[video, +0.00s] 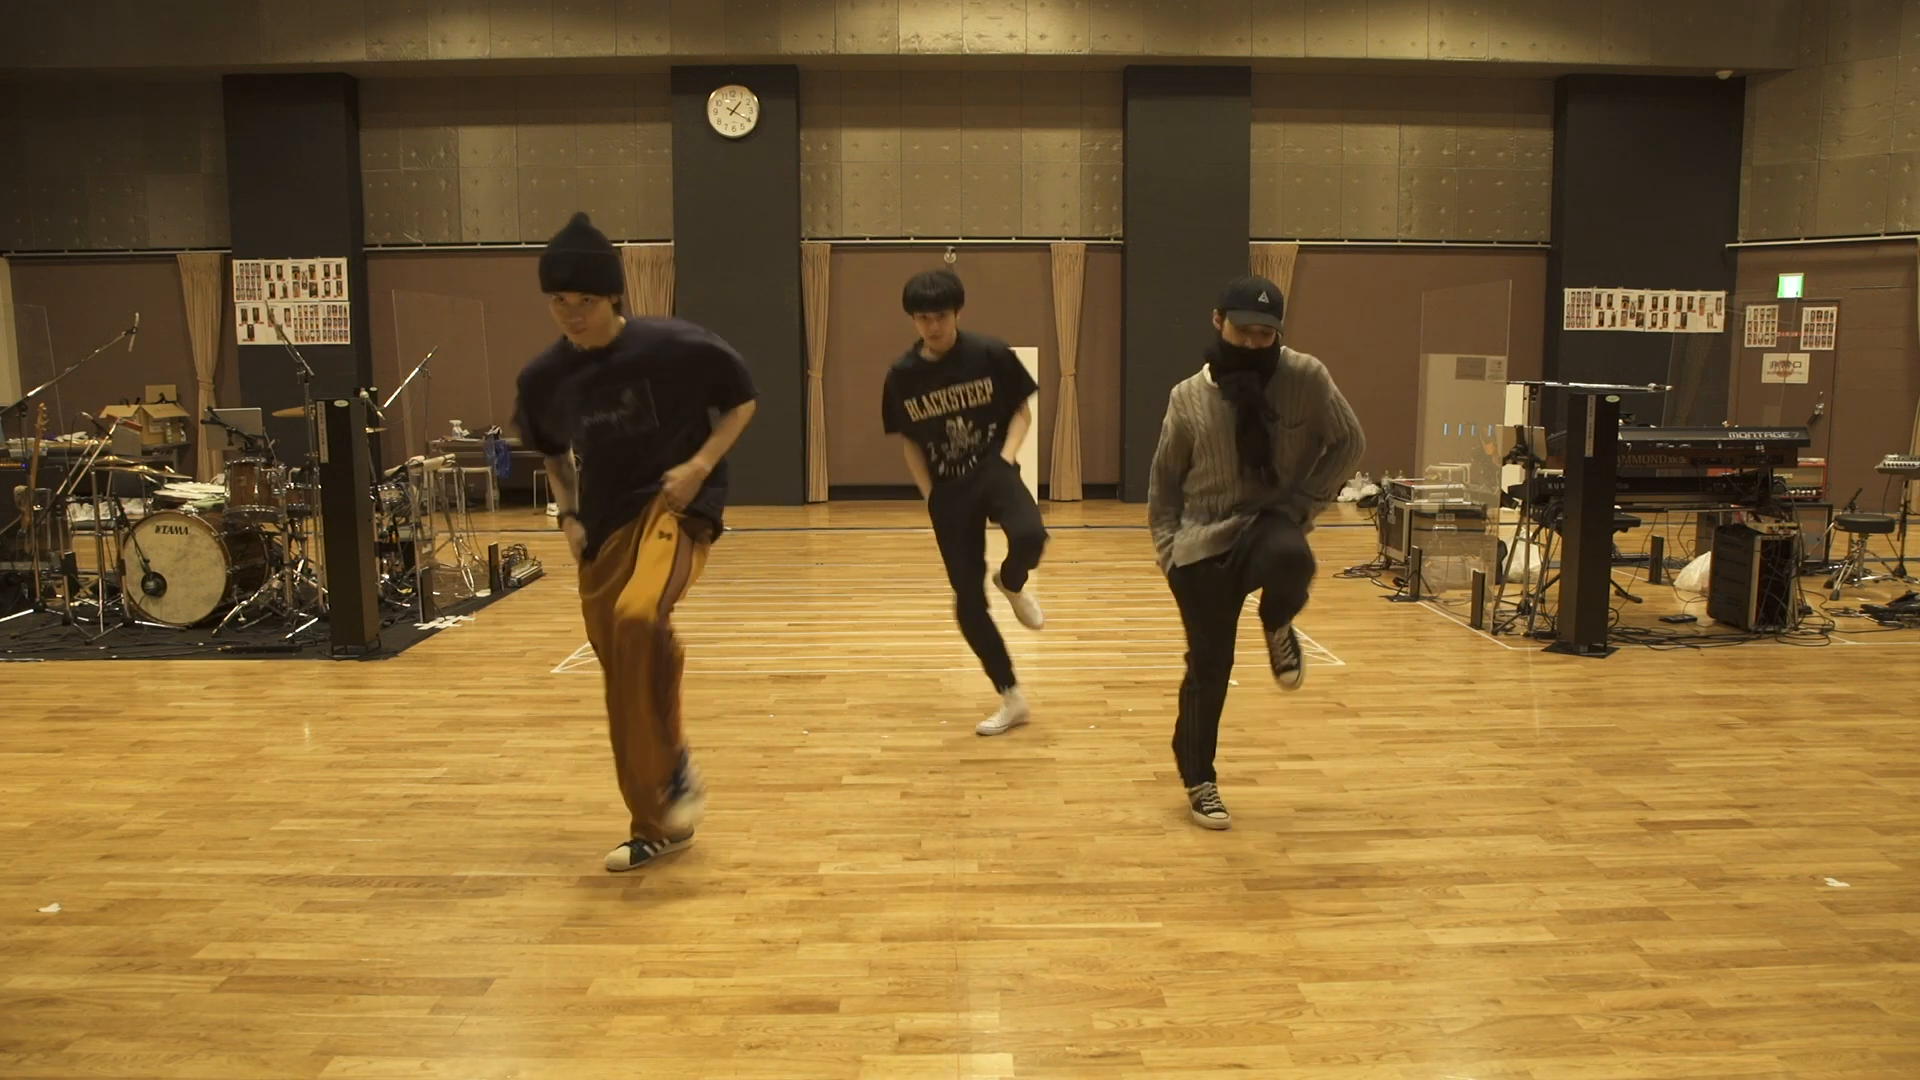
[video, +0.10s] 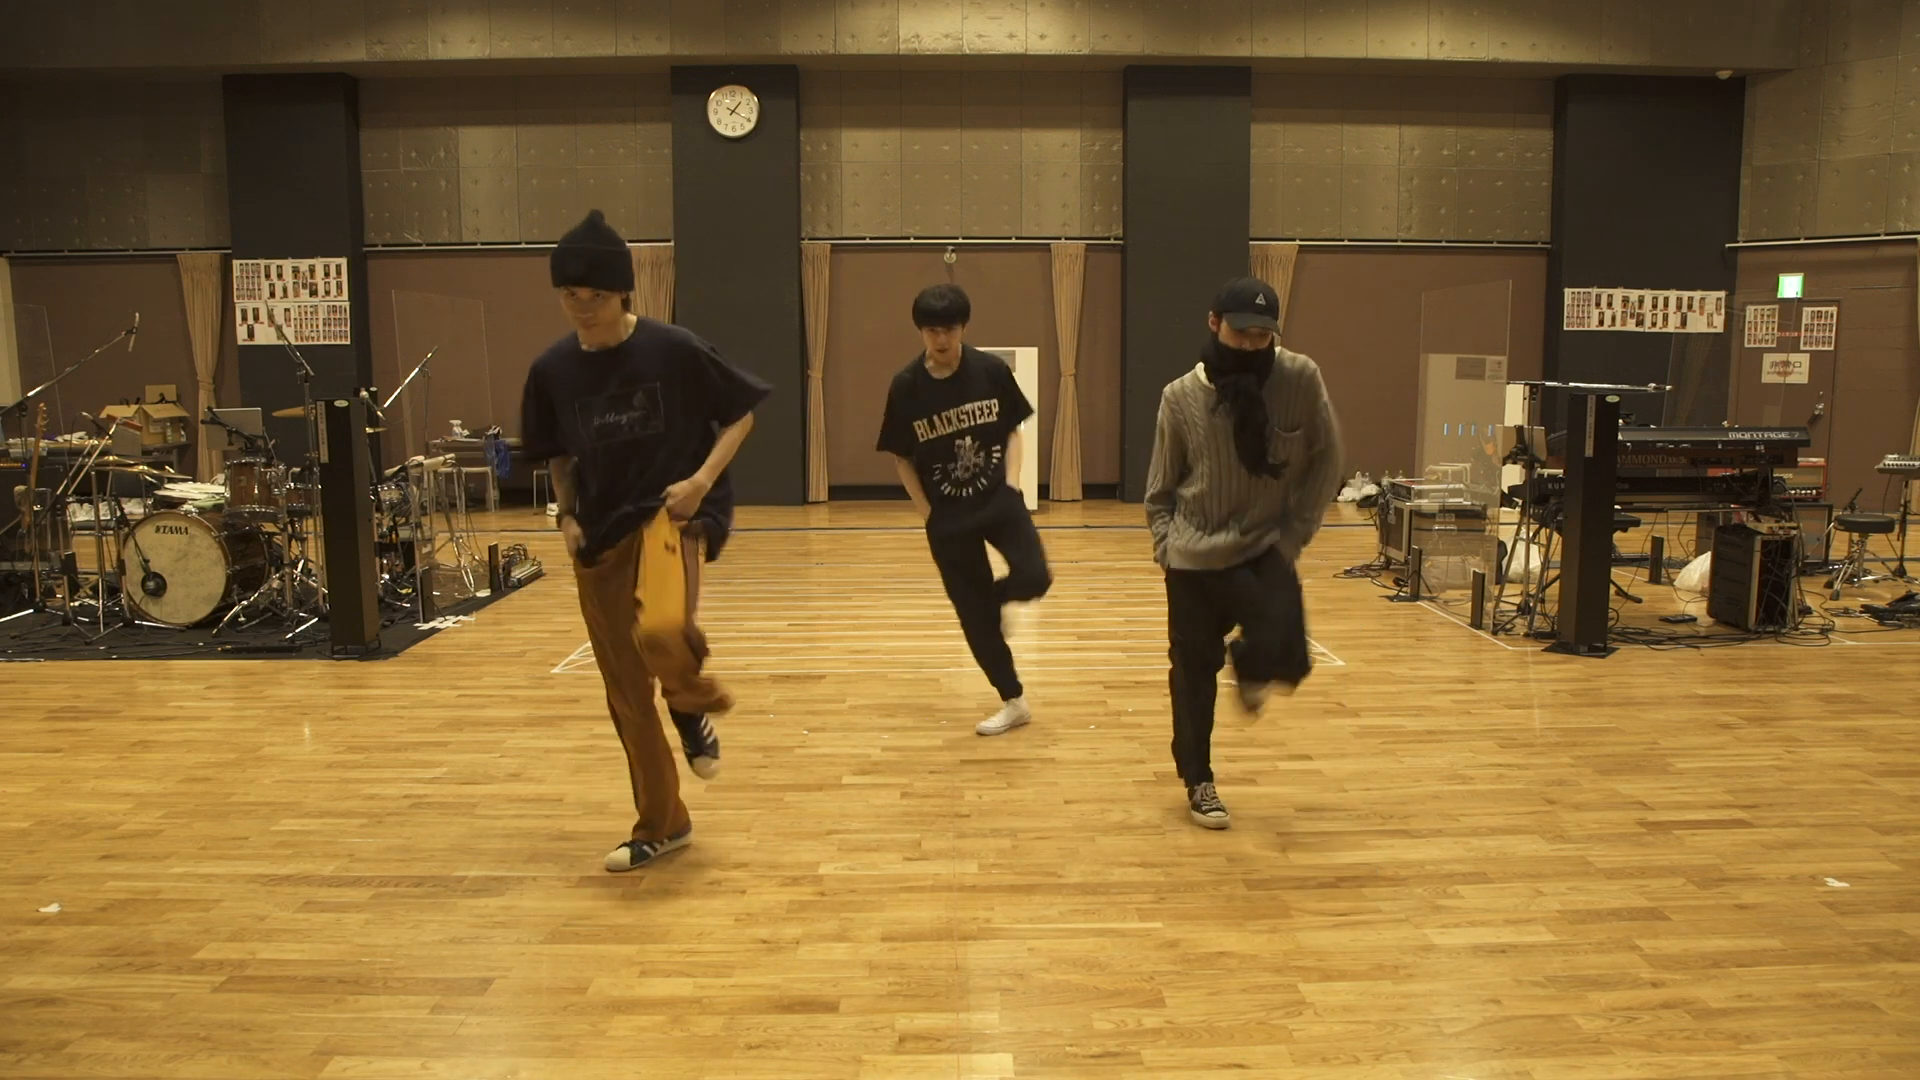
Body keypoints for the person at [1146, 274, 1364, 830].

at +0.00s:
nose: (1254, 342)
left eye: (1265, 332)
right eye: (1244, 330)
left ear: (1279, 332)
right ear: (1219, 324)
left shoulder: (1305, 377)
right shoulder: (1189, 398)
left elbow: (1348, 441)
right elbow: (1164, 479)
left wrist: (1305, 504)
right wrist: (1168, 547)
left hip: (1270, 521)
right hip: (1203, 535)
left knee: (1291, 562)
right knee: (1209, 666)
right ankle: (1200, 779)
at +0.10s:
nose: (1254, 343)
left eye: (1264, 332)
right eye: (1243, 331)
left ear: (1276, 331)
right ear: (1216, 325)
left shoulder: (1299, 378)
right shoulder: (1181, 397)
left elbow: (1327, 462)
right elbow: (1160, 485)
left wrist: (1292, 536)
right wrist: (1169, 543)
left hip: (1265, 549)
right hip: (1194, 555)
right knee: (1194, 672)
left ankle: (1245, 665)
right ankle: (1199, 780)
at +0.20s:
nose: (1253, 347)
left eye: (1262, 337)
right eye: (1241, 336)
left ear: (1276, 335)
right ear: (1214, 329)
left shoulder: (1297, 387)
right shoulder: (1177, 397)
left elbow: (1307, 480)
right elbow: (1152, 488)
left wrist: (1297, 558)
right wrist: (1173, 540)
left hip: (1264, 566)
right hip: (1195, 565)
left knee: (1250, 680)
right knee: (1196, 678)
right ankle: (1201, 780)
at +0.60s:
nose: (1295, 366)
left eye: (1303, 357)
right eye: (1282, 356)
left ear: (1311, 364)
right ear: (1253, 362)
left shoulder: (1334, 433)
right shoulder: (1222, 436)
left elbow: (1344, 519)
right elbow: (1190, 524)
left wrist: (1330, 581)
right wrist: (1223, 597)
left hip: (1305, 592)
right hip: (1243, 594)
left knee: (1319, 703)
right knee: (1246, 701)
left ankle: (1239, 708)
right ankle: (1215, 798)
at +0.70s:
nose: (1321, 367)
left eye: (1328, 357)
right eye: (1307, 357)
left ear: (1336, 364)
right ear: (1278, 364)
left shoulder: (1352, 435)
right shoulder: (1250, 439)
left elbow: (1353, 519)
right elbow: (1202, 531)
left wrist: (1346, 577)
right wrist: (1229, 605)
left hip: (1331, 598)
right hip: (1262, 608)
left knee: (1411, 659)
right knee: (1242, 714)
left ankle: (1333, 729)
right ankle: (1216, 797)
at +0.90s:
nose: (1383, 370)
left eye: (1387, 359)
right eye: (1369, 361)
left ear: (1393, 364)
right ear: (1339, 370)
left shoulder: (1386, 426)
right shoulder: (1321, 443)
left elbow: (1393, 511)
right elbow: (1292, 542)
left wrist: (1415, 572)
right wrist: (1325, 621)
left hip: (1415, 593)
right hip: (1353, 616)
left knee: (1465, 707)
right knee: (1368, 733)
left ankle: (1496, 818)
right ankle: (1285, 786)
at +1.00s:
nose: (1395, 393)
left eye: (1400, 381)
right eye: (1378, 386)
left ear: (1412, 387)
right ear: (1353, 399)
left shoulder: (1435, 462)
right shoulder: (1334, 473)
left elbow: (1458, 538)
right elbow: (1277, 551)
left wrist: (1443, 594)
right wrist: (1323, 610)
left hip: (1420, 624)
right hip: (1348, 623)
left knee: (1477, 731)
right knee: (1300, 710)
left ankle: (1497, 820)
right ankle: (1306, 776)